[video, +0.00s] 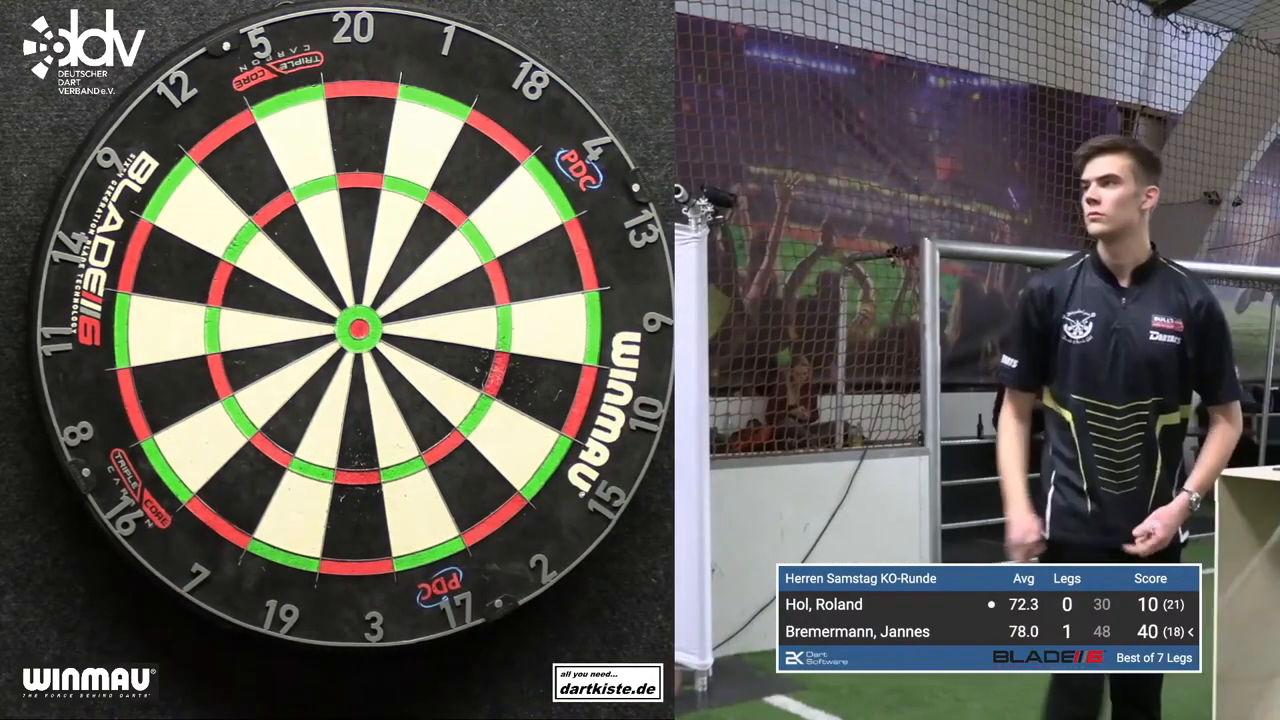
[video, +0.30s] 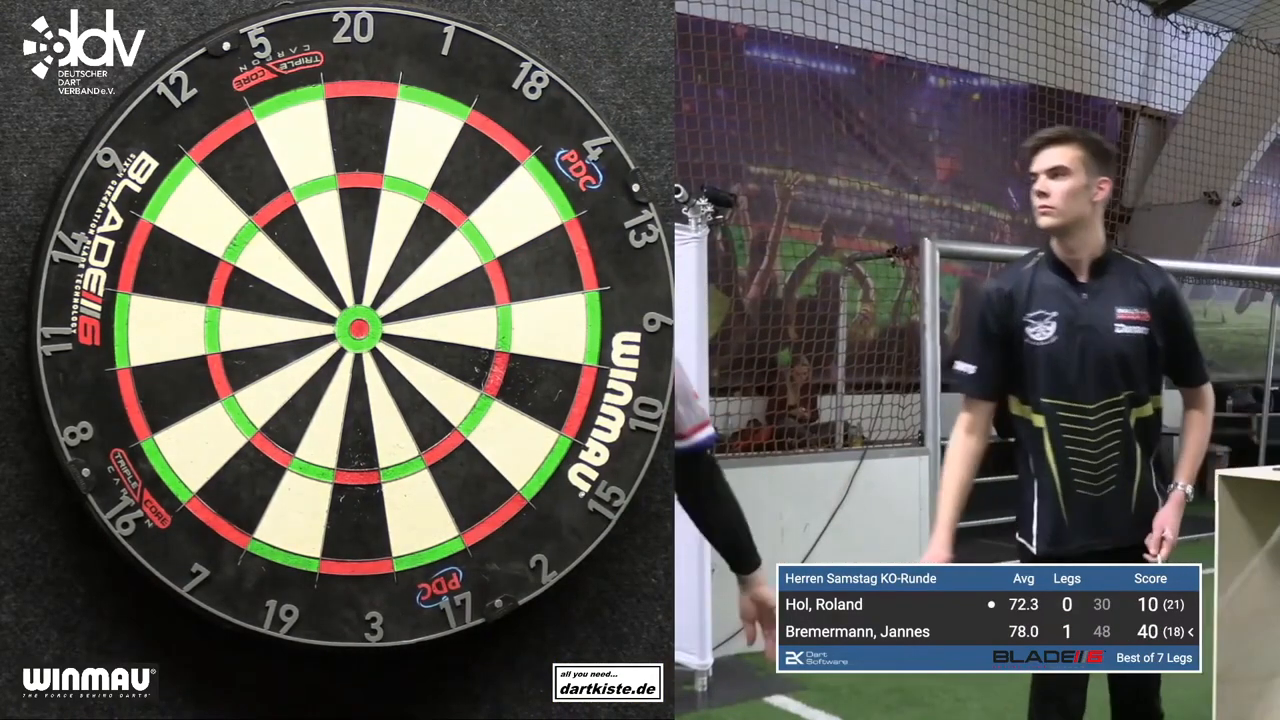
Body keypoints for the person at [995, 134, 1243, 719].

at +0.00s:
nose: (1090, 195)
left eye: (1107, 184)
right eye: (1085, 186)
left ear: (1149, 198)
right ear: (1079, 200)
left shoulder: (1192, 303)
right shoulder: (1048, 295)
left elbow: (1227, 419)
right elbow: (1016, 409)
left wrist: (1181, 506)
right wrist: (1017, 507)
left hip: (1153, 534)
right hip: (1069, 532)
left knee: (1140, 691)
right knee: (1073, 686)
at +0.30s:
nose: (1039, 189)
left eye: (1056, 176)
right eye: (1034, 180)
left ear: (1101, 189)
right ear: (1028, 194)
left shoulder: (1152, 289)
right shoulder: (1005, 297)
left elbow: (1199, 400)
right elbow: (972, 425)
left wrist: (1178, 497)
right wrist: (940, 541)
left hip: (1136, 535)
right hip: (1052, 538)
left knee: (1139, 698)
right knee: (1056, 700)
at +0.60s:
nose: (1003, 187)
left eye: (1020, 173)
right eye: (998, 178)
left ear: (1066, 186)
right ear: (993, 193)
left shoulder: (1126, 284)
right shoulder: (978, 302)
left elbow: (1182, 390)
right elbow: (939, 435)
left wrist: (1169, 491)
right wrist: (884, 553)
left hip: (1132, 530)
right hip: (1043, 539)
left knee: (1152, 689)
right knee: (1048, 698)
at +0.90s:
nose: (1003, 186)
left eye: (1021, 172)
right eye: (998, 176)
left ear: (1066, 187)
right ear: (996, 191)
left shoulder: (1126, 285)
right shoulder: (977, 301)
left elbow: (1175, 402)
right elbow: (945, 435)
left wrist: (1154, 503)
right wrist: (940, 549)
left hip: (1126, 534)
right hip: (1037, 544)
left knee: (1143, 686)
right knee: (1049, 697)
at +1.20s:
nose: (1042, 188)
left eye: (1059, 175)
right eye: (1035, 179)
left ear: (1102, 189)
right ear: (1028, 193)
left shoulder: (1148, 295)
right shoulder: (996, 293)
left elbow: (1182, 418)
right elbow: (945, 404)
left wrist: (1148, 502)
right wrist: (1031, 454)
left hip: (1132, 537)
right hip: (1040, 538)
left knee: (1142, 695)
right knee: (1052, 696)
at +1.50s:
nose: (1100, 194)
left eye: (1115, 180)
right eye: (1090, 184)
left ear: (1149, 192)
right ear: (1080, 199)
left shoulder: (1187, 302)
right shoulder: (1044, 286)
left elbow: (1228, 417)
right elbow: (953, 367)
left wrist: (1207, 507)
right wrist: (1042, 416)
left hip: (1163, 537)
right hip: (1070, 536)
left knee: (1195, 694)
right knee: (1073, 695)